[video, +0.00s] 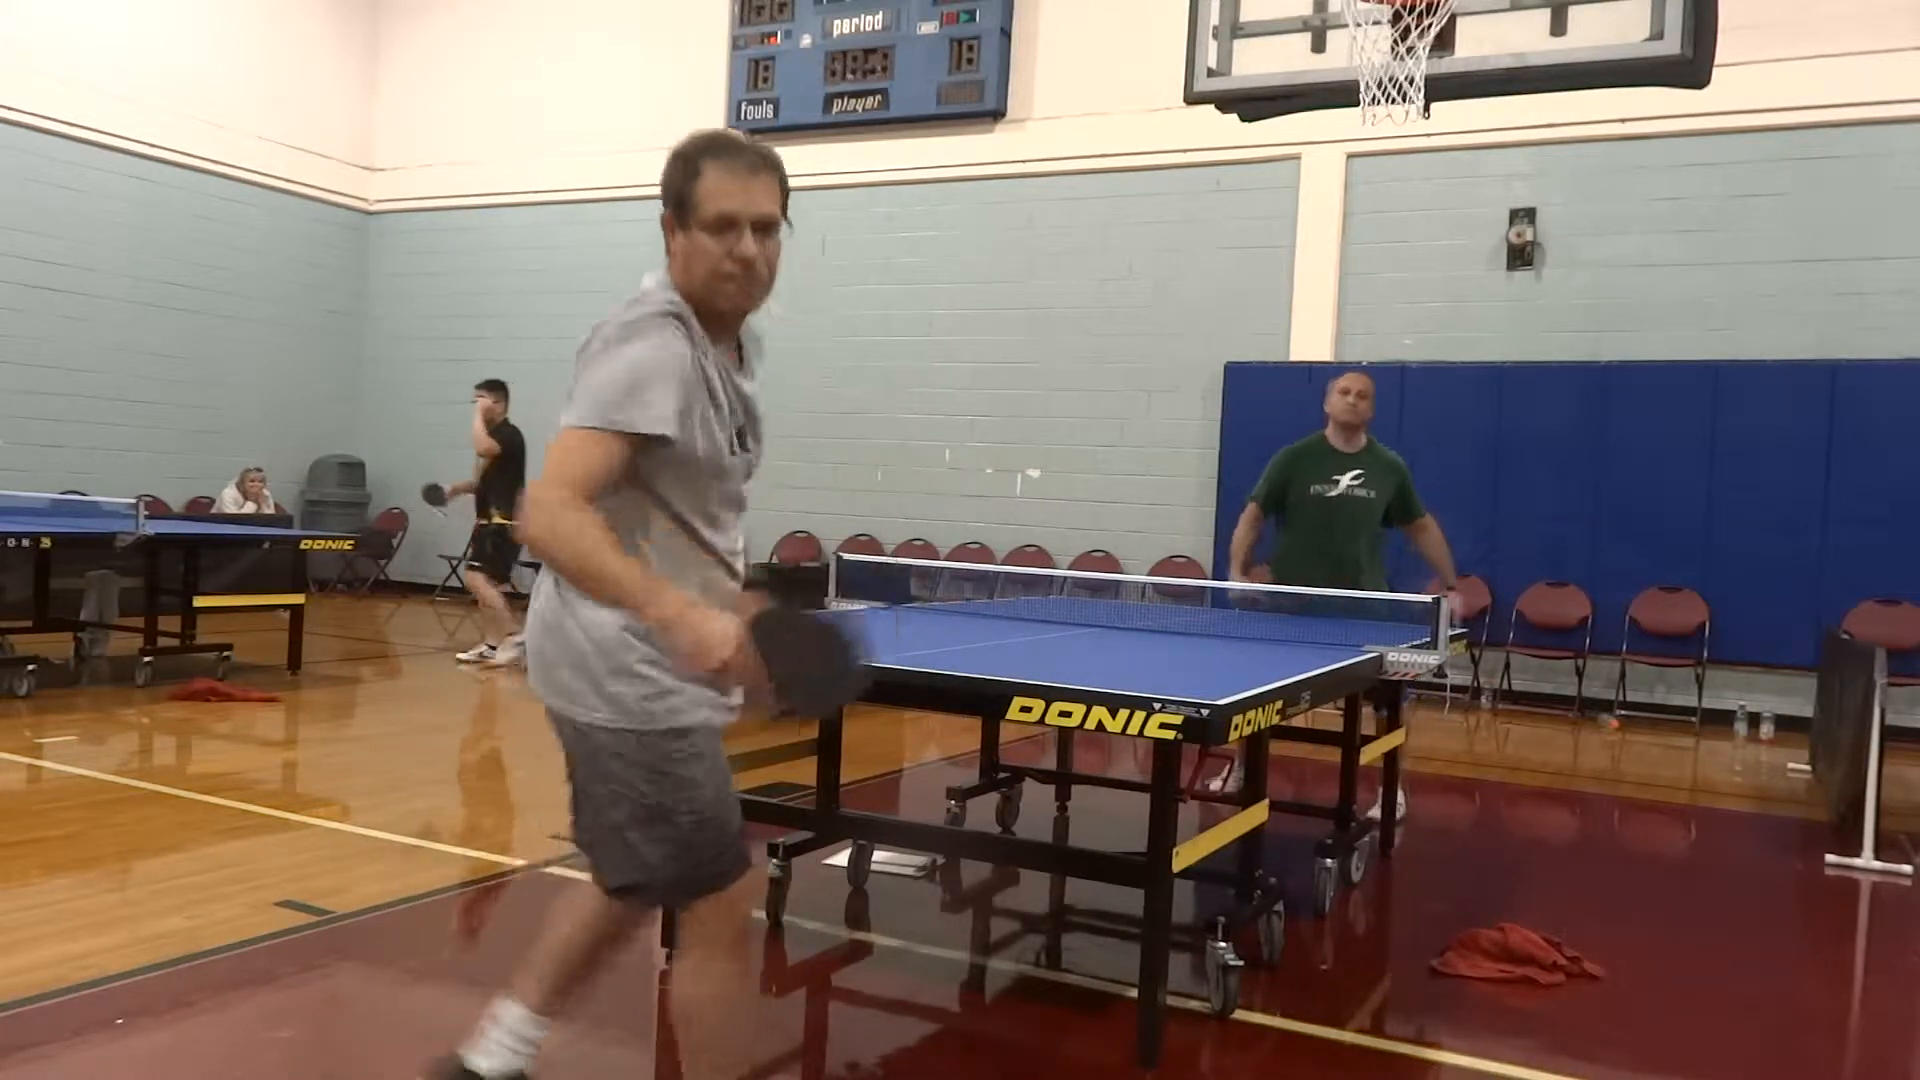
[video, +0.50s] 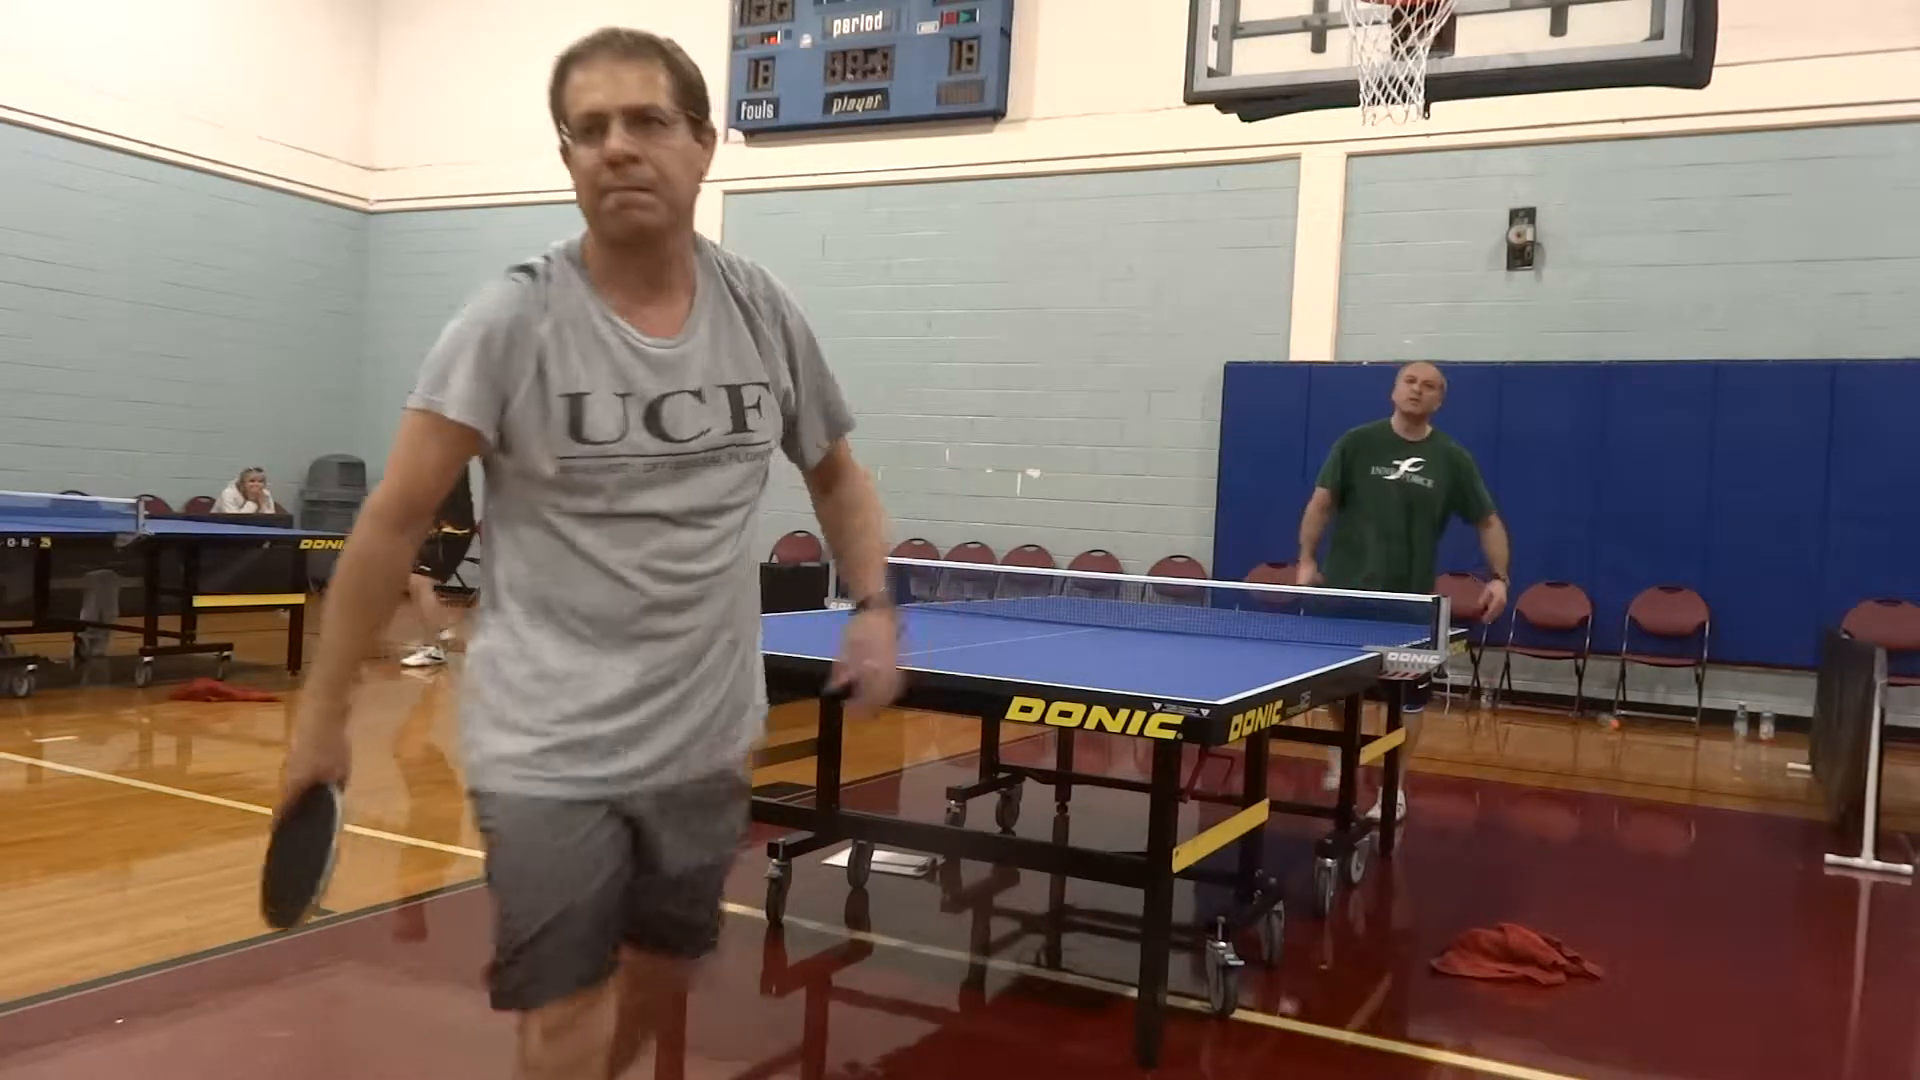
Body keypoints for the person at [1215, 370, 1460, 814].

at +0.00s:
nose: (1353, 402)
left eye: (1362, 397)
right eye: (1345, 393)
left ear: (1372, 411)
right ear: (1326, 401)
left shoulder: (1389, 467)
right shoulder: (1293, 459)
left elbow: (1420, 526)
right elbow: (1252, 517)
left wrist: (1451, 582)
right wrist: (1237, 573)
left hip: (1365, 607)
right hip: (1292, 601)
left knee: (1388, 697)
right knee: (1257, 681)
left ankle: (1392, 787)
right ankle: (1243, 767)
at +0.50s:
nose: (1417, 390)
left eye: (1428, 387)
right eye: (1410, 382)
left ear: (1439, 402)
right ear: (1394, 390)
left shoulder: (1453, 459)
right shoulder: (1355, 444)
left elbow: (1488, 521)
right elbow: (1320, 504)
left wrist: (1501, 577)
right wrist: (1306, 558)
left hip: (1409, 604)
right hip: (1343, 597)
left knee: (1408, 702)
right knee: (1334, 687)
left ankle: (1393, 787)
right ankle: (1341, 755)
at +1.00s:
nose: (1379, 404)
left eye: (1389, 396)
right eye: (1373, 399)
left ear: (1410, 404)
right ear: (1366, 411)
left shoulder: (1447, 452)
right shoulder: (1353, 467)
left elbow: (1485, 513)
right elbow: (1334, 532)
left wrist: (1482, 575)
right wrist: (1314, 591)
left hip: (1434, 600)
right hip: (1376, 600)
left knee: (1426, 691)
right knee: (1384, 691)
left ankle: (1406, 777)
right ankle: (1391, 771)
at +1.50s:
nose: (1393, 409)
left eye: (1403, 402)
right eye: (1394, 402)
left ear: (1429, 409)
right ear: (1401, 409)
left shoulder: (1462, 456)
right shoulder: (1394, 459)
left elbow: (1484, 523)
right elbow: (1386, 525)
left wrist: (1472, 582)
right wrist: (1365, 574)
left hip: (1446, 600)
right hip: (1395, 598)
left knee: (1467, 684)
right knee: (1399, 686)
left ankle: (1476, 760)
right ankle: (1393, 767)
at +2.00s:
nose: (1418, 409)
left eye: (1427, 404)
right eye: (1421, 402)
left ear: (1450, 413)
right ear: (1440, 413)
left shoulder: (1476, 462)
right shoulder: (1430, 454)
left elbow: (1487, 537)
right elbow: (1426, 526)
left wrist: (1464, 596)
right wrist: (1412, 582)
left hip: (1461, 598)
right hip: (1420, 593)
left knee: (1476, 684)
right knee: (1415, 673)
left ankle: (1477, 764)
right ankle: (1414, 749)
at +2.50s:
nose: (1404, 424)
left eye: (1407, 419)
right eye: (1406, 418)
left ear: (1417, 424)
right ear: (1437, 425)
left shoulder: (1436, 465)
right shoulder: (1445, 461)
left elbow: (1427, 530)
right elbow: (1439, 530)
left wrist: (1396, 578)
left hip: (1424, 591)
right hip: (1430, 589)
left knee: (1425, 671)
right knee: (1418, 670)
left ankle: (1449, 745)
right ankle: (1422, 746)